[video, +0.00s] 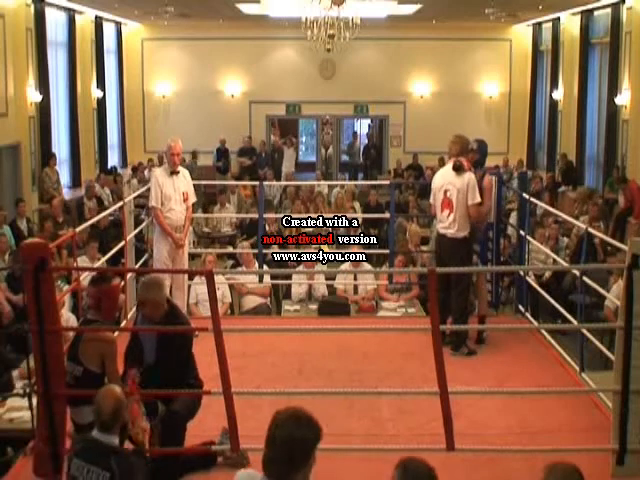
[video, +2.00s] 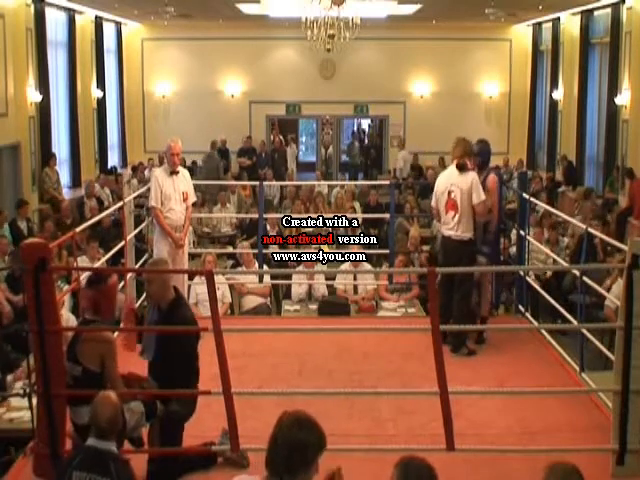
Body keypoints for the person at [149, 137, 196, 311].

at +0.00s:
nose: (175, 159)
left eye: (178, 155)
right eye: (172, 155)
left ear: (182, 156)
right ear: (166, 156)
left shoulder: (185, 174)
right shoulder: (157, 174)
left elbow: (189, 204)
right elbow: (155, 208)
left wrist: (185, 232)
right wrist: (172, 234)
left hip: (182, 228)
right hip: (164, 227)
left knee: (181, 271)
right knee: (163, 271)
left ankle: (181, 311)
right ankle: (162, 311)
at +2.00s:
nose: (175, 159)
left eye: (178, 155)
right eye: (172, 155)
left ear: (181, 155)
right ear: (165, 156)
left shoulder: (185, 174)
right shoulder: (158, 174)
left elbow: (189, 204)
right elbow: (154, 207)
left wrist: (184, 232)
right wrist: (171, 234)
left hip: (182, 226)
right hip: (164, 225)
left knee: (181, 267)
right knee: (163, 266)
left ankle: (181, 301)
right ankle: (163, 303)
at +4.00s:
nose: (176, 159)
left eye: (179, 155)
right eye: (172, 155)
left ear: (182, 155)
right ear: (166, 156)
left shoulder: (185, 174)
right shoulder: (158, 175)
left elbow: (189, 204)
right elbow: (156, 209)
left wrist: (184, 233)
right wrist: (172, 235)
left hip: (182, 227)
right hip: (164, 226)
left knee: (181, 270)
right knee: (163, 269)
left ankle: (182, 306)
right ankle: (163, 308)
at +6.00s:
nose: (181, 158)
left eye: (182, 154)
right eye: (177, 155)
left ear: (183, 156)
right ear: (167, 156)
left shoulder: (184, 172)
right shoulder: (158, 174)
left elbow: (187, 203)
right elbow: (166, 209)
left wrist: (184, 233)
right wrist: (185, 212)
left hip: (182, 226)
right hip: (165, 227)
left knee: (181, 271)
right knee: (163, 270)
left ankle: (180, 312)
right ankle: (162, 310)